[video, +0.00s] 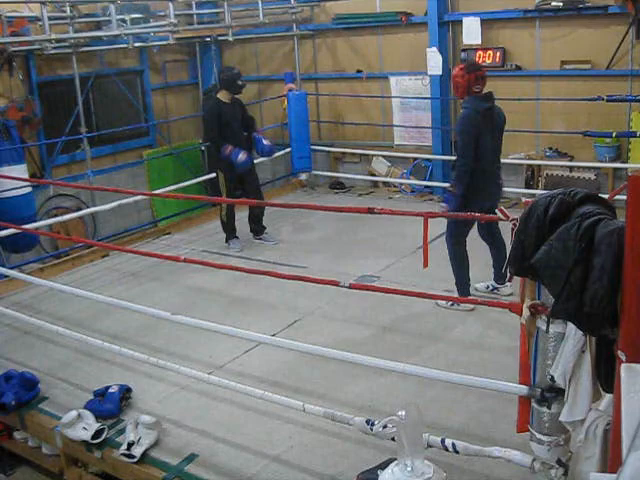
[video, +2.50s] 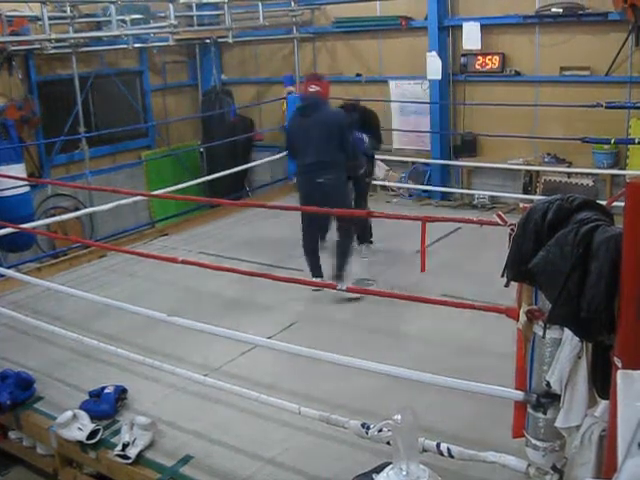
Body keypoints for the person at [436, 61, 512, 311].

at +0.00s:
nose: (453, 88)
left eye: (456, 83)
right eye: (454, 83)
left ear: (466, 85)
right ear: (479, 84)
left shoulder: (468, 117)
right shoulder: (496, 113)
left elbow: (465, 161)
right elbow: (493, 156)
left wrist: (455, 194)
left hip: (471, 191)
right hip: (492, 188)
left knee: (454, 238)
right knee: (489, 230)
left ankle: (463, 296)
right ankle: (501, 282)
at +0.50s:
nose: (437, 92)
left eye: (438, 89)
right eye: (456, 87)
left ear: (441, 92)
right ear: (464, 88)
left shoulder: (437, 123)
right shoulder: (483, 116)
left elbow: (422, 164)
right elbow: (503, 148)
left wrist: (405, 190)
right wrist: (518, 171)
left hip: (449, 194)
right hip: (478, 191)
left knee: (454, 245)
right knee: (478, 236)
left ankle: (462, 299)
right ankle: (481, 286)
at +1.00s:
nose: (425, 95)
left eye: (427, 90)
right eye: (425, 89)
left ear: (438, 91)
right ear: (452, 90)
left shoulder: (437, 123)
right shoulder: (473, 117)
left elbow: (426, 164)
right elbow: (475, 154)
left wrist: (413, 193)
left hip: (444, 193)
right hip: (468, 190)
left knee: (448, 244)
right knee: (464, 236)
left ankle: (460, 299)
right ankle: (468, 283)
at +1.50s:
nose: (398, 98)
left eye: (402, 93)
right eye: (399, 93)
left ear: (412, 96)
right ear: (421, 95)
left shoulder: (412, 125)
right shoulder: (434, 119)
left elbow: (405, 166)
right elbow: (447, 154)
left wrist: (392, 198)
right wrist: (449, 188)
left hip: (420, 192)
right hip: (435, 190)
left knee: (433, 245)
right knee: (416, 238)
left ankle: (458, 298)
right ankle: (398, 280)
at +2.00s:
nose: (351, 100)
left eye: (353, 96)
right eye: (352, 96)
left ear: (359, 97)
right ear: (378, 95)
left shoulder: (356, 124)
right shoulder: (397, 117)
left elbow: (350, 160)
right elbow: (397, 149)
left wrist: (342, 186)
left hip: (372, 185)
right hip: (398, 183)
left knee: (356, 227)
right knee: (400, 230)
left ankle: (361, 276)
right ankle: (398, 280)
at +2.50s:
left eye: (307, 92)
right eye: (324, 92)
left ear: (303, 94)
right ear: (325, 94)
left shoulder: (295, 121)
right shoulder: (338, 117)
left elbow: (292, 151)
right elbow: (349, 149)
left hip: (308, 180)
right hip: (335, 179)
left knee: (310, 227)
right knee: (345, 223)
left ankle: (316, 275)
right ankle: (339, 274)